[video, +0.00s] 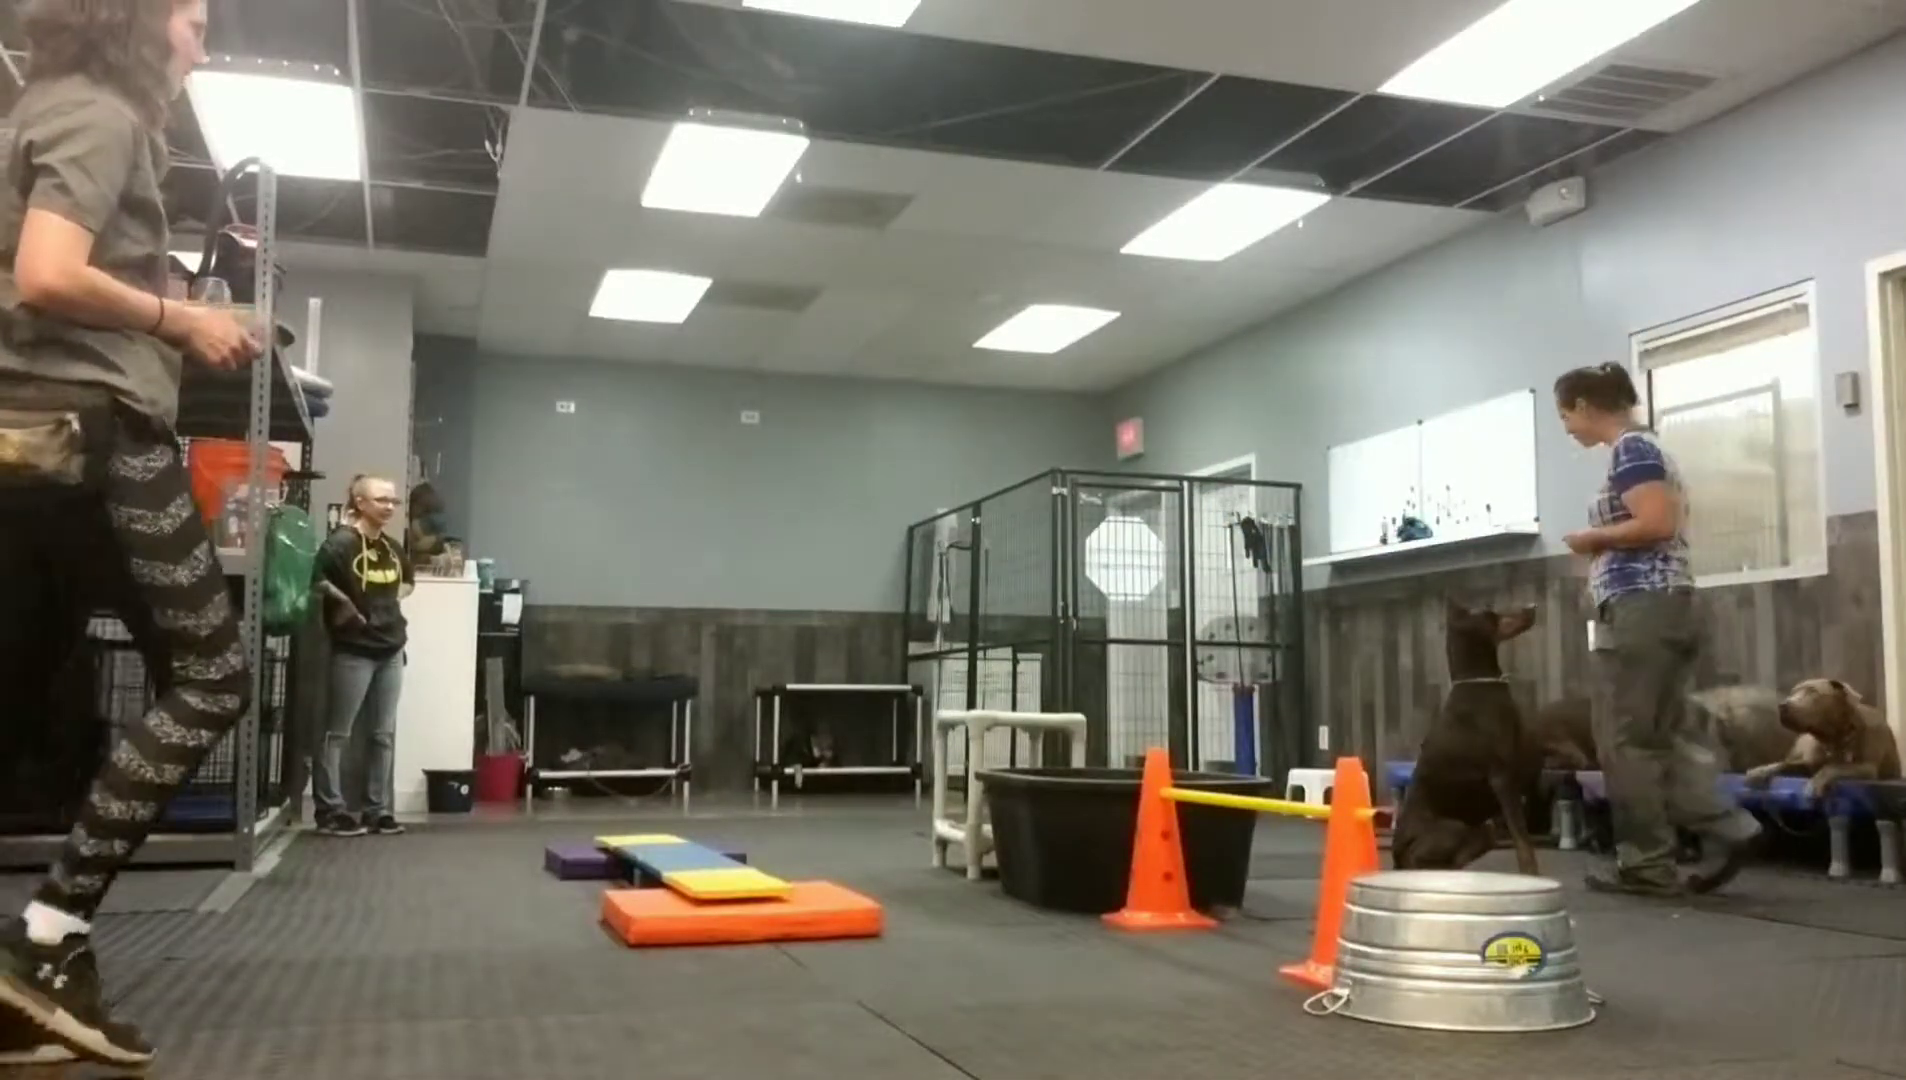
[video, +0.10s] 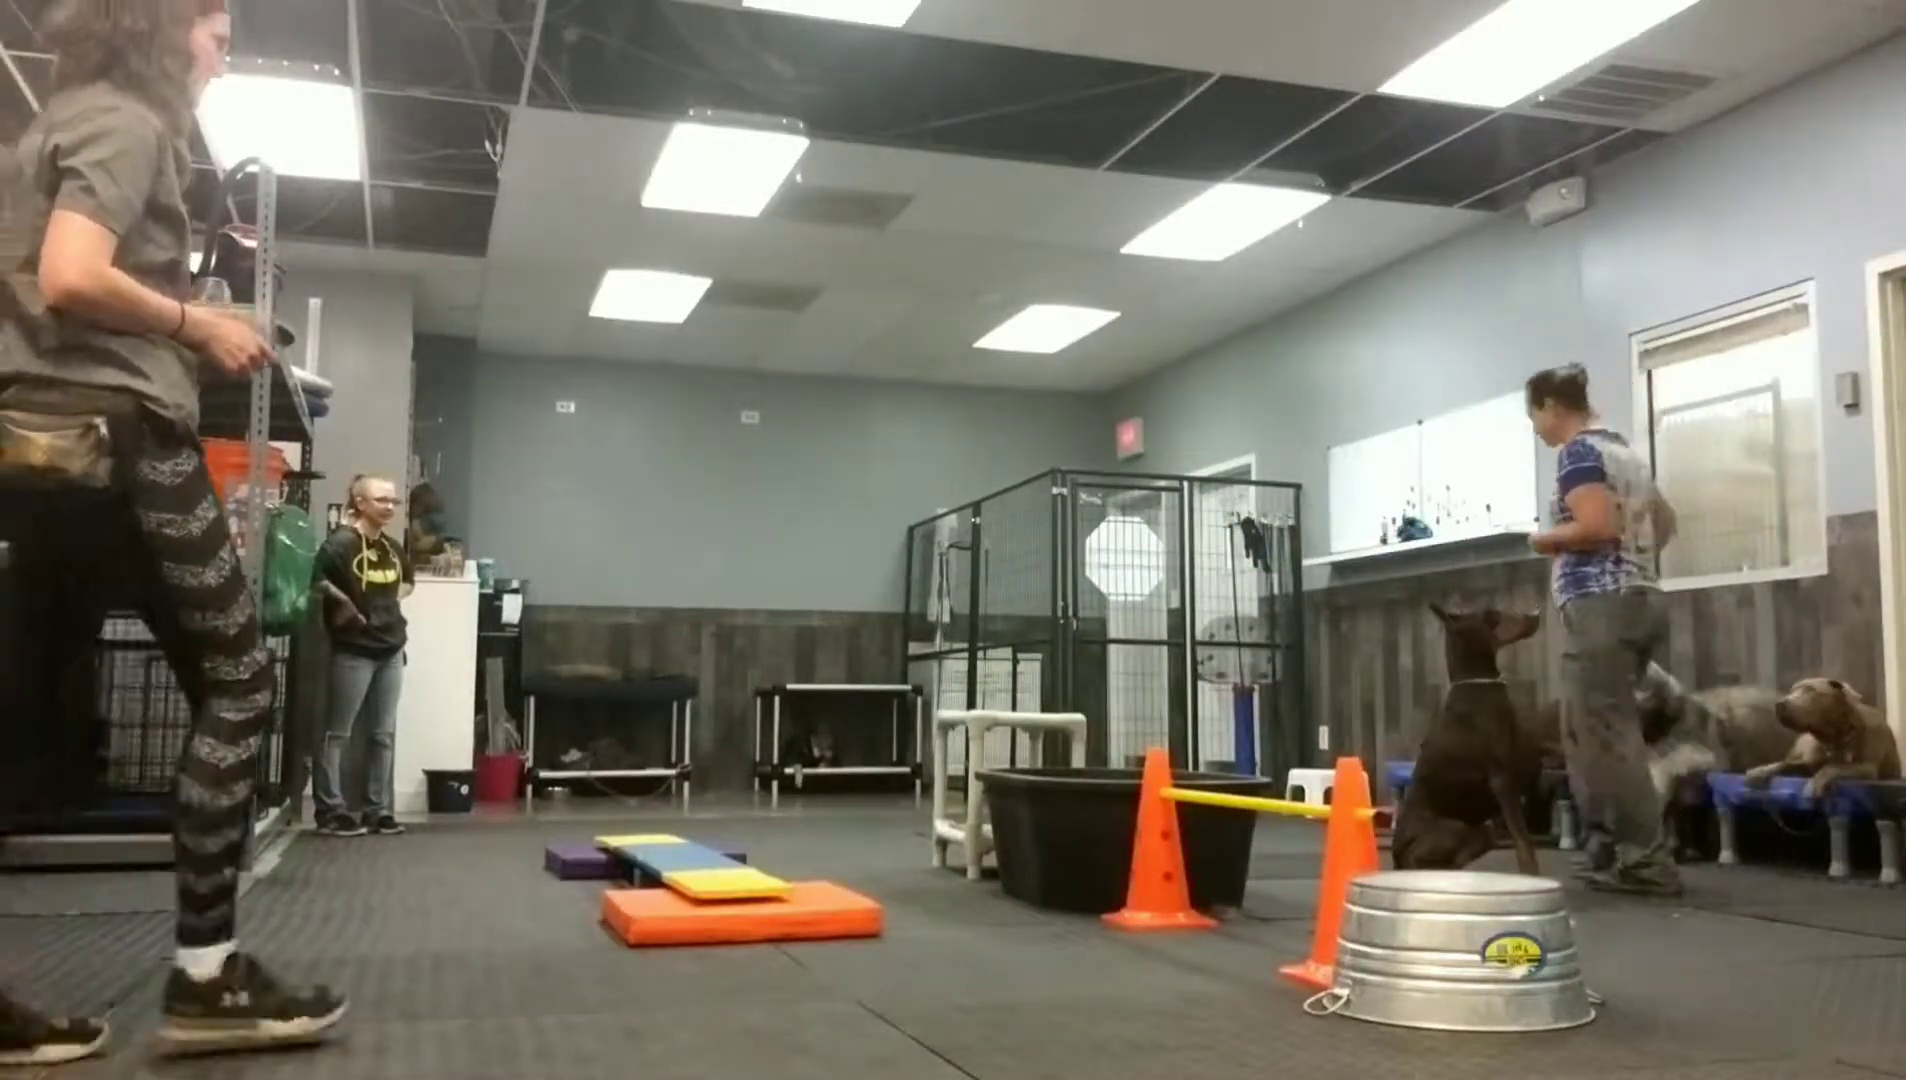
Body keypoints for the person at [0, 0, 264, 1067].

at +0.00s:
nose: (200, 38)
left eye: (202, 19)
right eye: (191, 14)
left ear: (95, 19)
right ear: (136, 15)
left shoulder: (48, 104)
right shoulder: (98, 109)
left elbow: (56, 274)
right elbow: (46, 274)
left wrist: (172, 308)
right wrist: (180, 315)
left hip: (35, 432)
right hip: (97, 437)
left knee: (30, 712)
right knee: (209, 673)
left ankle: (37, 972)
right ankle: (51, 936)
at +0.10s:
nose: (222, 44)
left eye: (224, 24)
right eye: (212, 21)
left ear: (118, 28)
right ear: (158, 24)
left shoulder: (49, 118)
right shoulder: (126, 116)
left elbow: (52, 282)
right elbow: (69, 277)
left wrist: (188, 313)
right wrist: (197, 322)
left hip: (29, 438)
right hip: (115, 441)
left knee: (26, 720)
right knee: (238, 680)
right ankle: (207, 971)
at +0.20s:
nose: (271, 68)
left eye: (269, 50)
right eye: (262, 47)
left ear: (172, 52)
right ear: (212, 48)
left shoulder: (108, 144)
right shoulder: (185, 142)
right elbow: (140, 296)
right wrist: (260, 345)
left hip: (91, 453)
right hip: (168, 455)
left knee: (37, 715)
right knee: (279, 703)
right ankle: (337, 962)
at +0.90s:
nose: (849, 205)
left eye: (851, 189)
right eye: (845, 187)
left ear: (765, 176)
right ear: (812, 181)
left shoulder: (719, 261)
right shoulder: (796, 256)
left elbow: (737, 403)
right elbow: (803, 402)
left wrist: (832, 464)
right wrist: (875, 468)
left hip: (717, 517)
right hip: (787, 514)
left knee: (740, 719)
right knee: (852, 707)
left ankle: (682, 930)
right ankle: (866, 929)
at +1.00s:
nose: (919, 210)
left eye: (919, 194)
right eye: (913, 193)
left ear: (834, 187)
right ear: (883, 192)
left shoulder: (770, 265)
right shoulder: (867, 266)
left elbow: (768, 397)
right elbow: (884, 416)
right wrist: (935, 518)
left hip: (761, 504)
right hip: (838, 504)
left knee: (818, 705)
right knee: (878, 709)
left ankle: (726, 878)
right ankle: (868, 927)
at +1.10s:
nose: (947, 223)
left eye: (947, 207)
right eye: (943, 207)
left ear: (867, 198)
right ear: (916, 204)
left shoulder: (800, 269)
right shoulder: (898, 274)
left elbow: (794, 401)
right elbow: (913, 427)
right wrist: (946, 534)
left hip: (776, 499)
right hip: (852, 504)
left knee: (819, 706)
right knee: (881, 714)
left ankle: (755, 902)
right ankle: (867, 927)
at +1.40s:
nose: (965, 241)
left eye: (967, 226)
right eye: (961, 225)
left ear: (888, 208)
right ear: (933, 217)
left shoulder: (821, 274)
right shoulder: (912, 286)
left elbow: (810, 400)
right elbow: (939, 434)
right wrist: (987, 532)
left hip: (783, 502)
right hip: (861, 503)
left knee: (787, 708)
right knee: (892, 709)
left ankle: (743, 913)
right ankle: (868, 926)